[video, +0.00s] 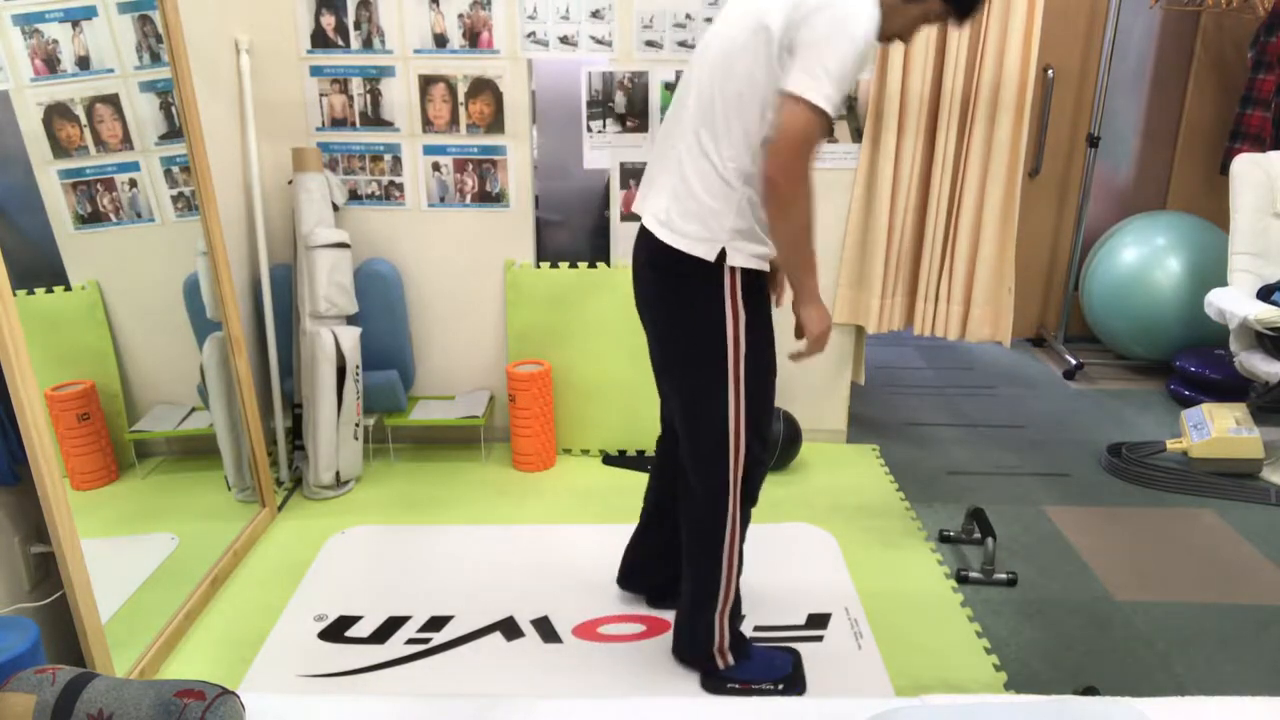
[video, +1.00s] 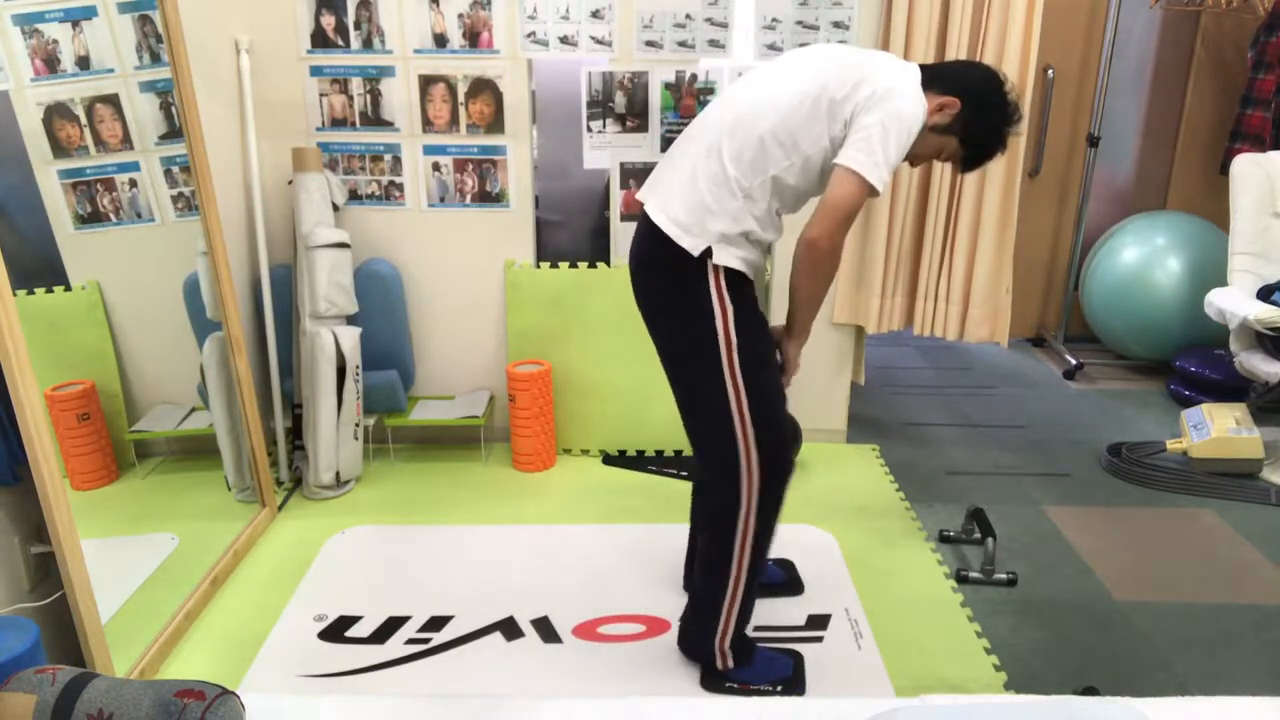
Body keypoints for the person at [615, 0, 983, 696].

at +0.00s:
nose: (917, 36)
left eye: (932, 26)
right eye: (933, 20)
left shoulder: (796, 6)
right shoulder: (845, 16)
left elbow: (745, 132)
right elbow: (787, 156)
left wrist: (767, 249)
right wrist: (809, 289)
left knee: (692, 427)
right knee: (733, 455)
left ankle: (656, 568)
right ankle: (713, 647)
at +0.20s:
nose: (948, 102)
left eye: (962, 96)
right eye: (962, 87)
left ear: (943, 30)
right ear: (951, 43)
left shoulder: (862, 22)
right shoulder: (892, 70)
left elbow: (717, 88)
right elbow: (837, 231)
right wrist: (816, 339)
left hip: (675, 230)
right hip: (698, 251)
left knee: (713, 430)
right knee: (738, 452)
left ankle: (698, 565)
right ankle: (711, 648)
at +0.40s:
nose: (936, 175)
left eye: (953, 173)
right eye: (954, 165)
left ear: (950, 105)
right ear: (954, 120)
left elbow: (724, 113)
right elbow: (825, 281)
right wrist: (797, 373)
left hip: (673, 227)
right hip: (688, 249)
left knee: (744, 428)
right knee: (741, 451)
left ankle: (722, 567)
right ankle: (712, 646)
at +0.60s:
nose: (927, 188)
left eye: (943, 187)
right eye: (946, 180)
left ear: (948, 124)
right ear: (950, 134)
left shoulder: (881, 90)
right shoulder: (898, 121)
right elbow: (817, 265)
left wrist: (780, 352)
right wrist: (794, 363)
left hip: (691, 245)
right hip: (687, 255)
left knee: (757, 434)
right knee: (747, 454)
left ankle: (724, 566)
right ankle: (717, 648)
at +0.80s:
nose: (923, 171)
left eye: (938, 170)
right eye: (941, 163)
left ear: (942, 108)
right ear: (947, 118)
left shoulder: (874, 81)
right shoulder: (896, 108)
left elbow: (760, 182)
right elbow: (818, 251)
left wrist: (763, 334)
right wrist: (794, 349)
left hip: (699, 255)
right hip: (695, 263)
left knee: (753, 434)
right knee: (765, 460)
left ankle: (721, 565)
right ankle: (723, 649)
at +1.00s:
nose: (921, 161)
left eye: (936, 159)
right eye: (938, 153)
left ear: (941, 98)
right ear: (944, 108)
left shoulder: (869, 76)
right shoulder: (895, 99)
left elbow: (756, 180)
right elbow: (820, 240)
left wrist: (773, 328)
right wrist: (796, 334)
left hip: (692, 241)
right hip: (694, 252)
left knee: (753, 431)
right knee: (760, 446)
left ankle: (720, 569)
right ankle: (716, 645)